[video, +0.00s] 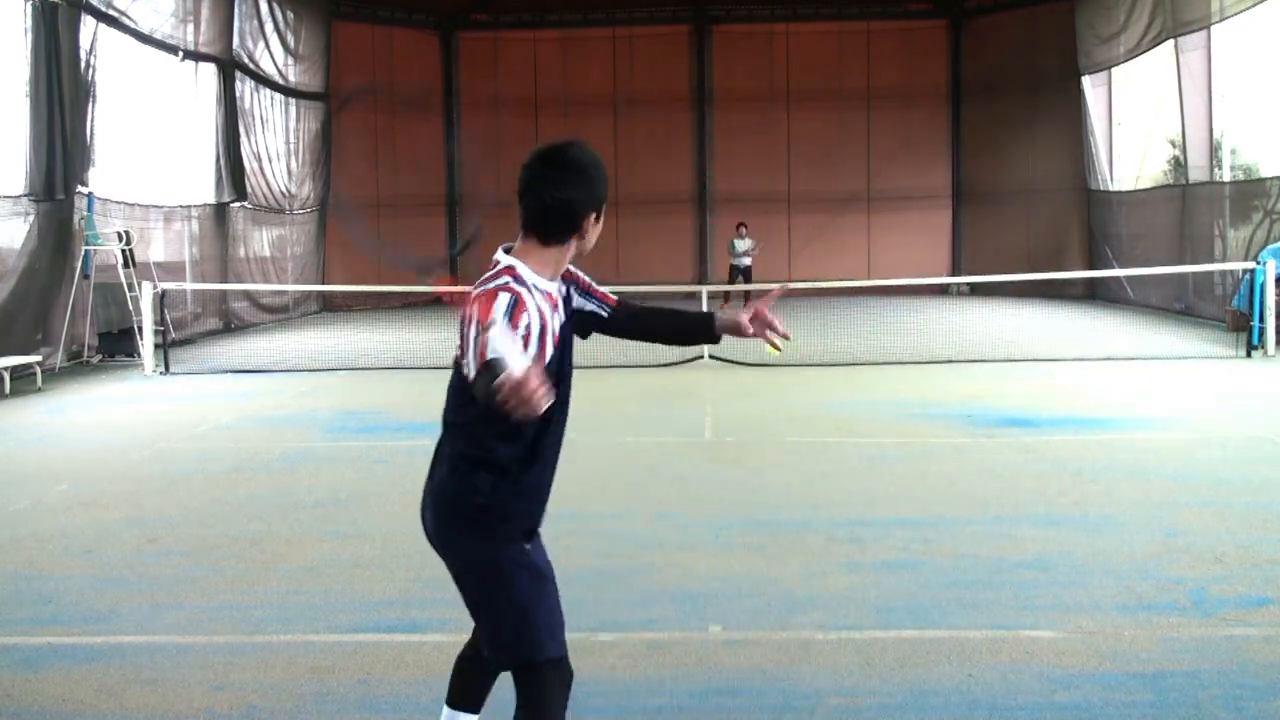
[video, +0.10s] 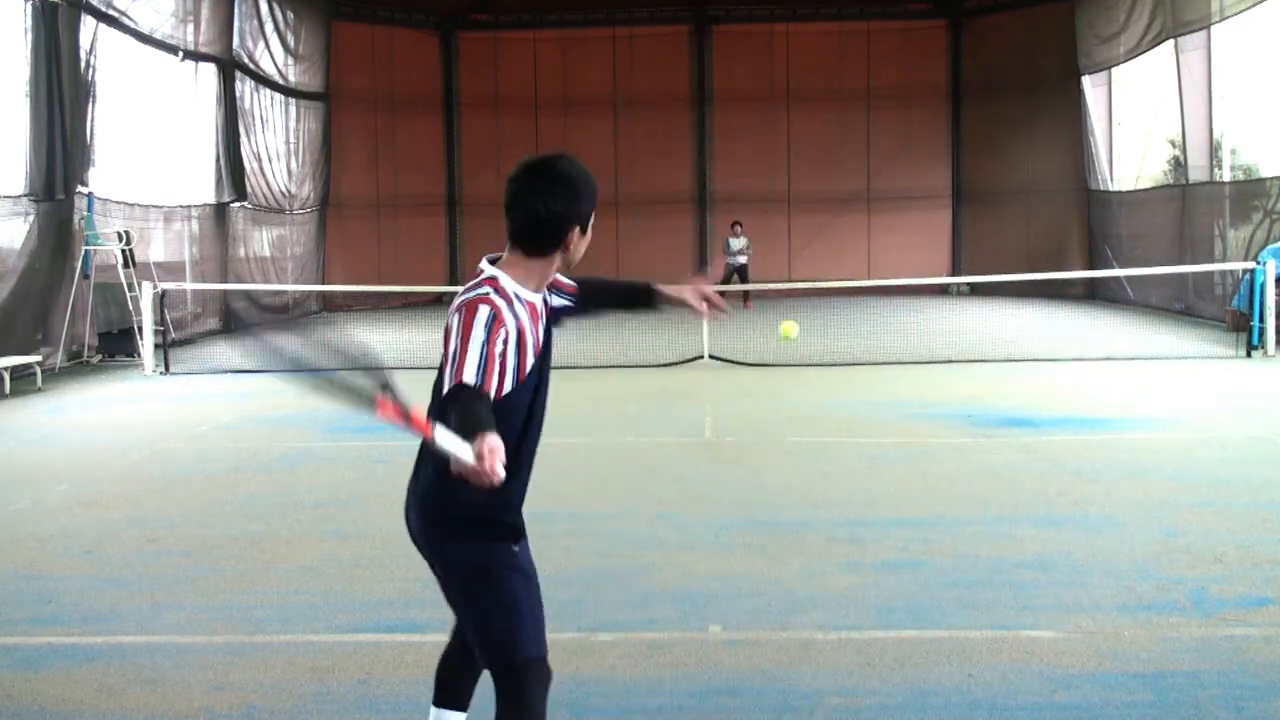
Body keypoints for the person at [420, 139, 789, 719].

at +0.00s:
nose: (599, 227)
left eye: (600, 214)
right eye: (601, 214)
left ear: (526, 208)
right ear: (586, 225)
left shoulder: (558, 283)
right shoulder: (504, 298)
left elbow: (630, 319)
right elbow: (491, 370)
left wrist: (730, 323)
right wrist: (511, 393)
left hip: (494, 508)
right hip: (481, 517)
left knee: (497, 634)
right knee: (547, 679)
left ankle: (454, 717)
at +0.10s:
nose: (588, 237)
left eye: (588, 225)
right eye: (589, 226)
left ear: (513, 217)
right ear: (575, 236)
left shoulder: (530, 289)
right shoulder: (487, 308)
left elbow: (588, 294)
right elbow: (465, 393)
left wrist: (667, 293)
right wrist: (483, 436)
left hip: (457, 500)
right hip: (472, 516)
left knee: (478, 626)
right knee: (526, 674)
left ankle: (445, 716)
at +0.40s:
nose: (528, 194)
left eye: (528, 181)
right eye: (527, 182)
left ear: (449, 179)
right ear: (505, 193)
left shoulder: (404, 248)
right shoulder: (525, 268)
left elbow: (349, 247)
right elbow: (535, 250)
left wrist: (371, 176)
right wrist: (506, 208)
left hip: (436, 473)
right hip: (516, 473)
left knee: (435, 618)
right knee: (521, 623)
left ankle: (424, 716)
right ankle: (501, 715)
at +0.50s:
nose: (518, 192)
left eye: (516, 181)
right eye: (517, 181)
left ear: (441, 187)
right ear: (505, 191)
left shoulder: (408, 264)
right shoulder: (531, 252)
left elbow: (347, 313)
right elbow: (491, 205)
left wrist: (321, 224)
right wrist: (416, 170)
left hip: (440, 474)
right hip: (520, 471)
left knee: (436, 623)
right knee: (532, 624)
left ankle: (426, 718)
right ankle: (519, 715)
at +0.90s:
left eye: (441, 191)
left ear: (443, 202)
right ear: (515, 200)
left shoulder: (449, 287)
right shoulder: (557, 279)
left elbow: (472, 406)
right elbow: (575, 393)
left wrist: (418, 421)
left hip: (481, 504)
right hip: (557, 498)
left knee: (417, 629)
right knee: (530, 639)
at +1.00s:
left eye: (441, 171)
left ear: (443, 183)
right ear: (517, 178)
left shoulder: (440, 268)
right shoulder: (563, 259)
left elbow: (457, 387)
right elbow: (617, 356)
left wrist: (436, 395)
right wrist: (566, 404)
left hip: (485, 485)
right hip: (560, 479)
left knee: (436, 625)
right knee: (542, 628)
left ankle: (452, 719)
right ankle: (549, 719)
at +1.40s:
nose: (577, 163)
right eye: (575, 155)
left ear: (496, 170)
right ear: (573, 166)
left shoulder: (466, 257)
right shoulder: (610, 254)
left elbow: (442, 374)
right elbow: (672, 368)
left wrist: (499, 350)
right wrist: (607, 401)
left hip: (508, 490)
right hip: (598, 487)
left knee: (494, 658)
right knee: (646, 644)